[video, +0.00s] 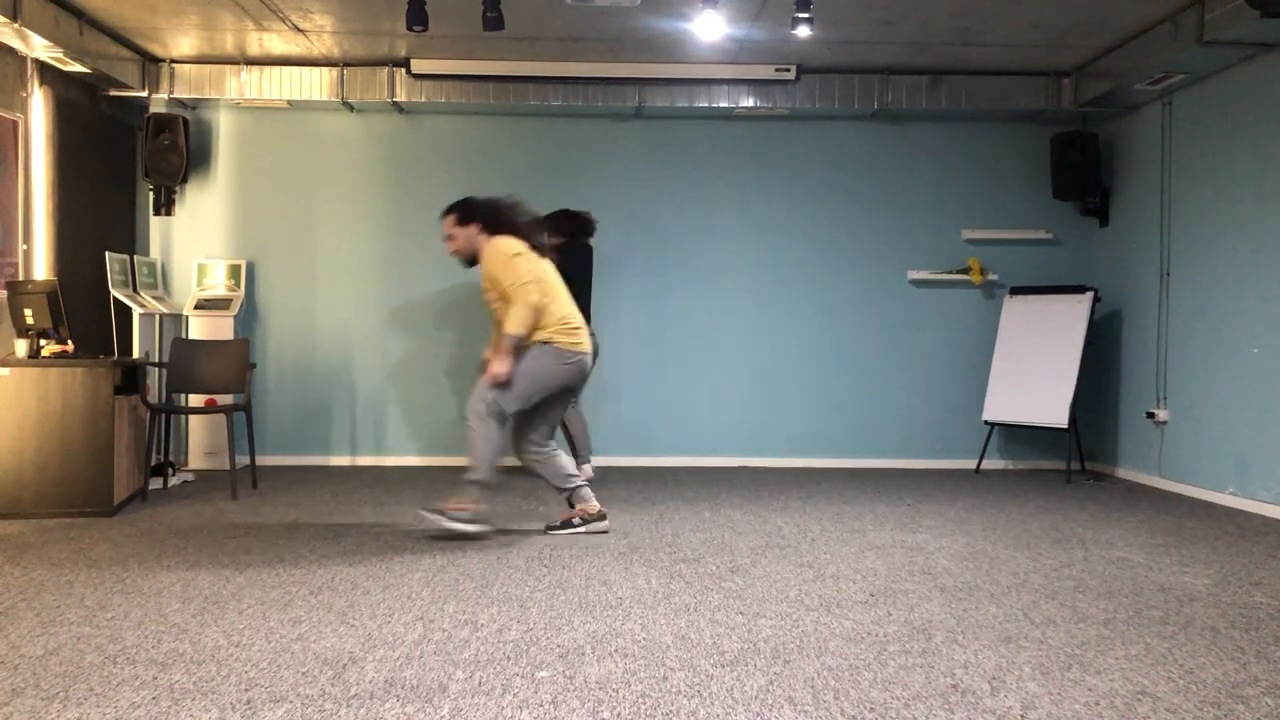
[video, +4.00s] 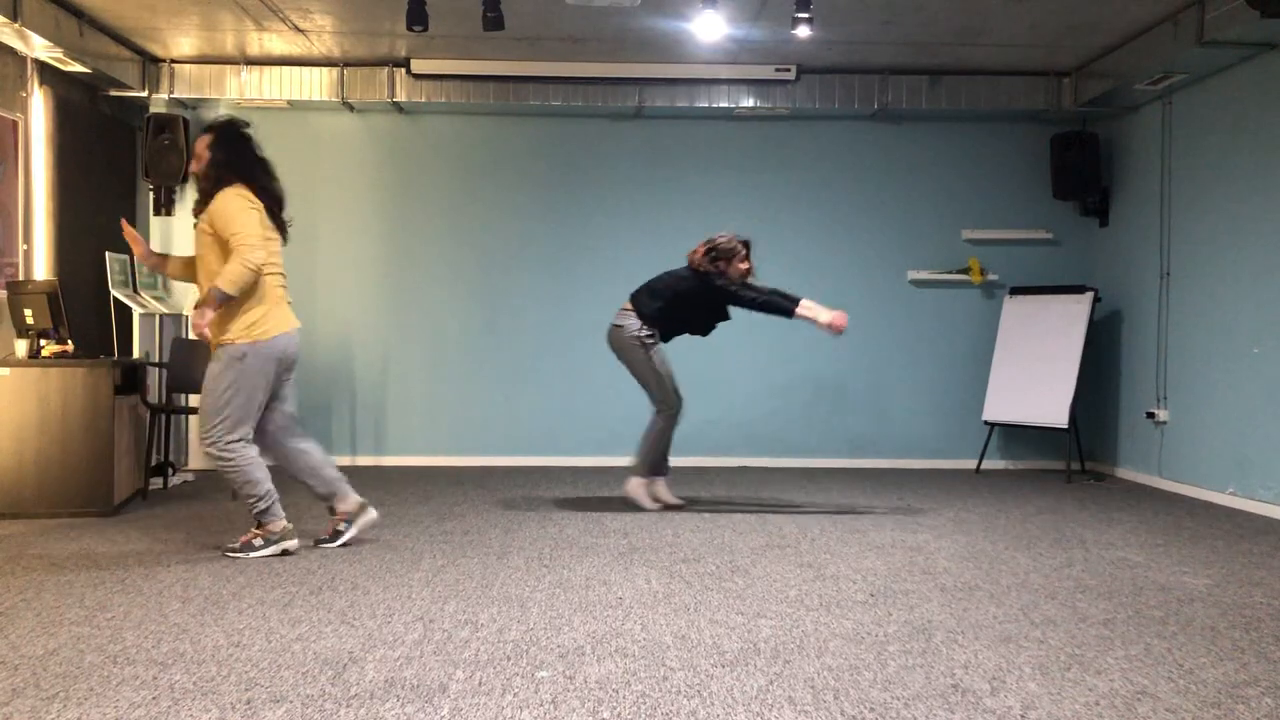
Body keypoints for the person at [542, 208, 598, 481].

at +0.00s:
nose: (545, 239)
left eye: (549, 234)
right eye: (545, 233)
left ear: (561, 234)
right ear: (573, 232)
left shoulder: (574, 254)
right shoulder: (578, 252)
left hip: (576, 337)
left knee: (566, 401)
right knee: (551, 401)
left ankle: (583, 462)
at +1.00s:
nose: (518, 277)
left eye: (522, 272)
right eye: (517, 272)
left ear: (532, 273)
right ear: (542, 271)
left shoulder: (539, 299)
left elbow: (533, 323)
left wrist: (525, 330)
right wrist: (518, 265)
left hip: (591, 354)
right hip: (564, 358)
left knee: (574, 415)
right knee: (542, 410)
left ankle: (615, 462)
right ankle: (545, 465)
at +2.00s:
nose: (698, 308)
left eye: (701, 302)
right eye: (692, 303)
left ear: (707, 302)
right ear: (676, 302)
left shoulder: (691, 319)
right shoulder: (665, 323)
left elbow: (712, 335)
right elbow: (694, 359)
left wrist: (739, 354)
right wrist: (730, 385)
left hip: (657, 367)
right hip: (626, 372)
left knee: (688, 415)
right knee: (658, 431)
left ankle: (685, 475)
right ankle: (627, 463)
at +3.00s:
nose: (755, 226)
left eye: (754, 220)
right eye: (747, 222)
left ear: (753, 227)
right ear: (727, 230)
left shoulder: (760, 258)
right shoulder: (706, 267)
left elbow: (766, 306)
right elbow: (687, 317)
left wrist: (773, 353)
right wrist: (666, 367)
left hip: (730, 351)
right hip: (698, 350)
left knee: (758, 415)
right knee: (728, 420)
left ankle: (734, 488)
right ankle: (670, 474)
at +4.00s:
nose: (748, 266)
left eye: (747, 260)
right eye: (743, 261)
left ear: (722, 264)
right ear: (724, 265)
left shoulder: (716, 281)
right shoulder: (709, 283)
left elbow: (764, 296)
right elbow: (758, 300)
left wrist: (817, 311)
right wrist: (816, 315)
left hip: (640, 332)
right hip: (629, 332)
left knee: (670, 404)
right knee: (667, 405)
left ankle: (656, 481)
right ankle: (638, 480)